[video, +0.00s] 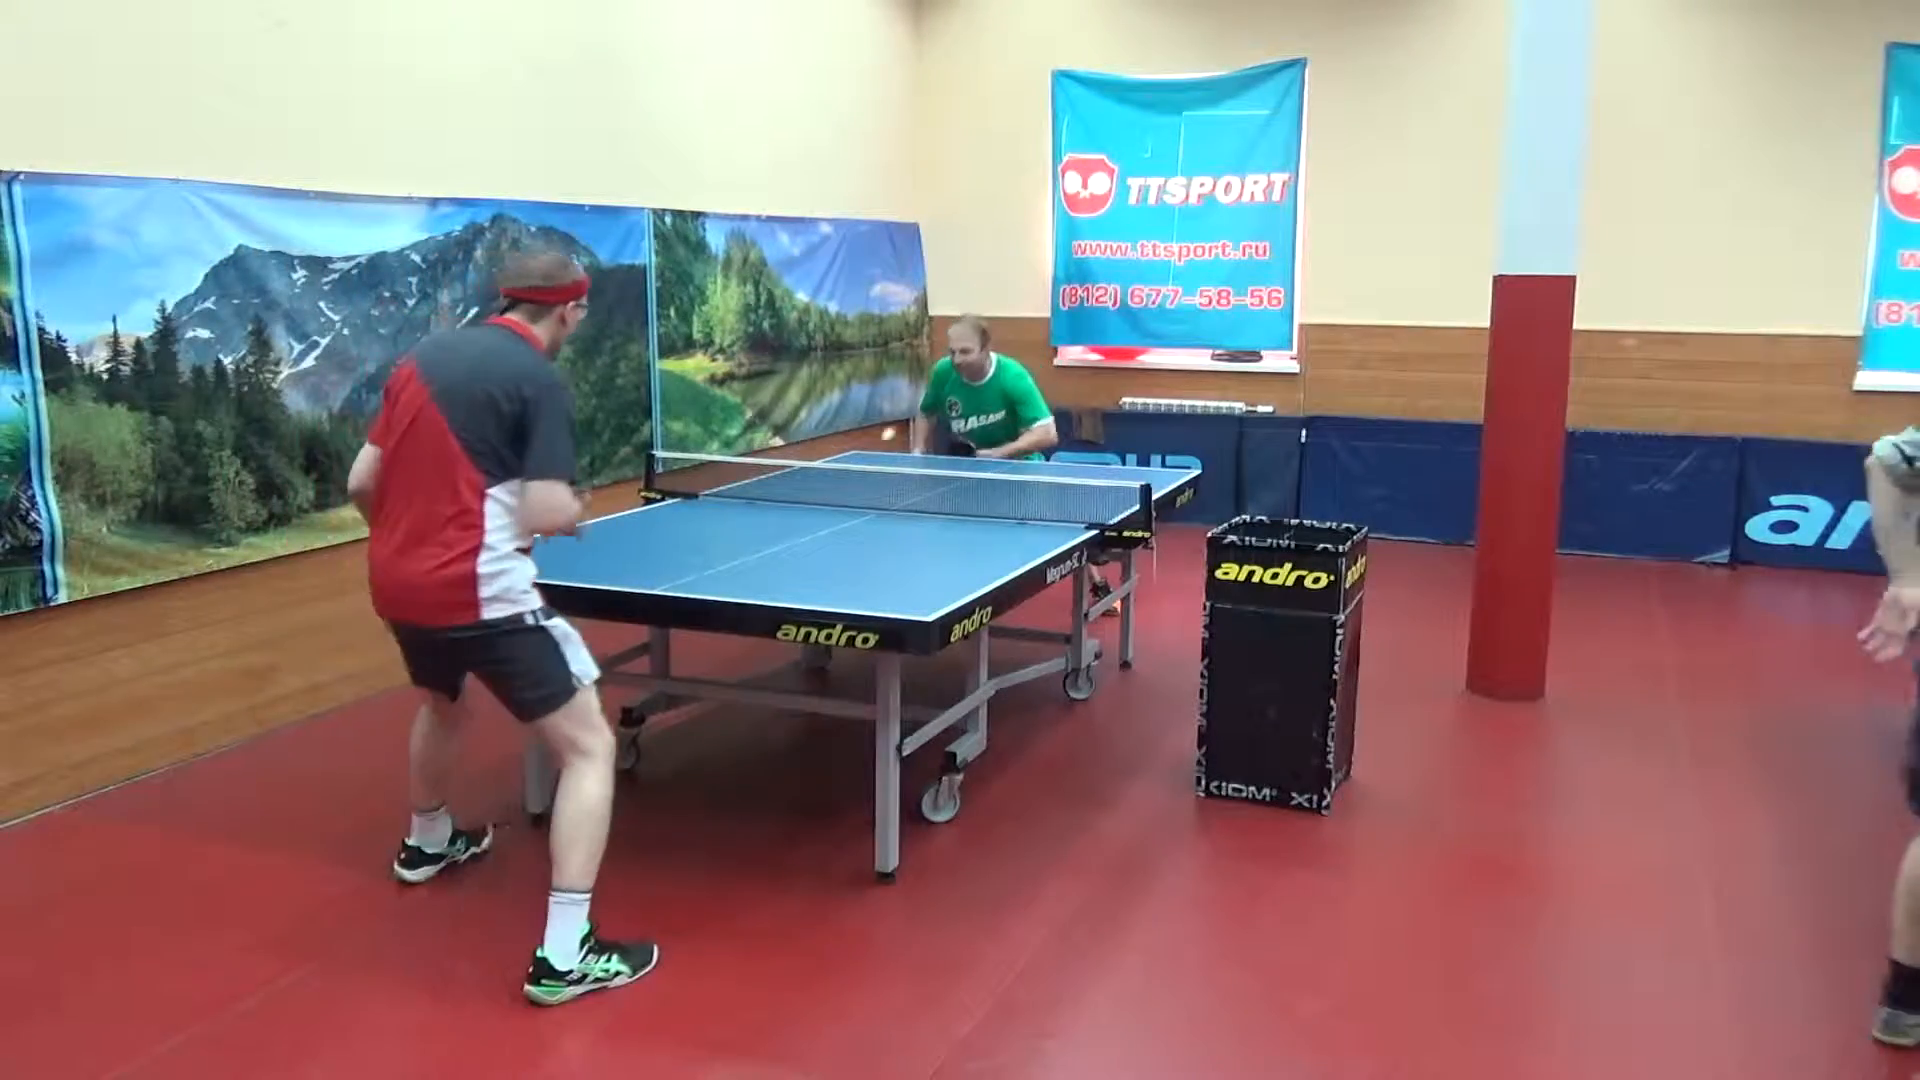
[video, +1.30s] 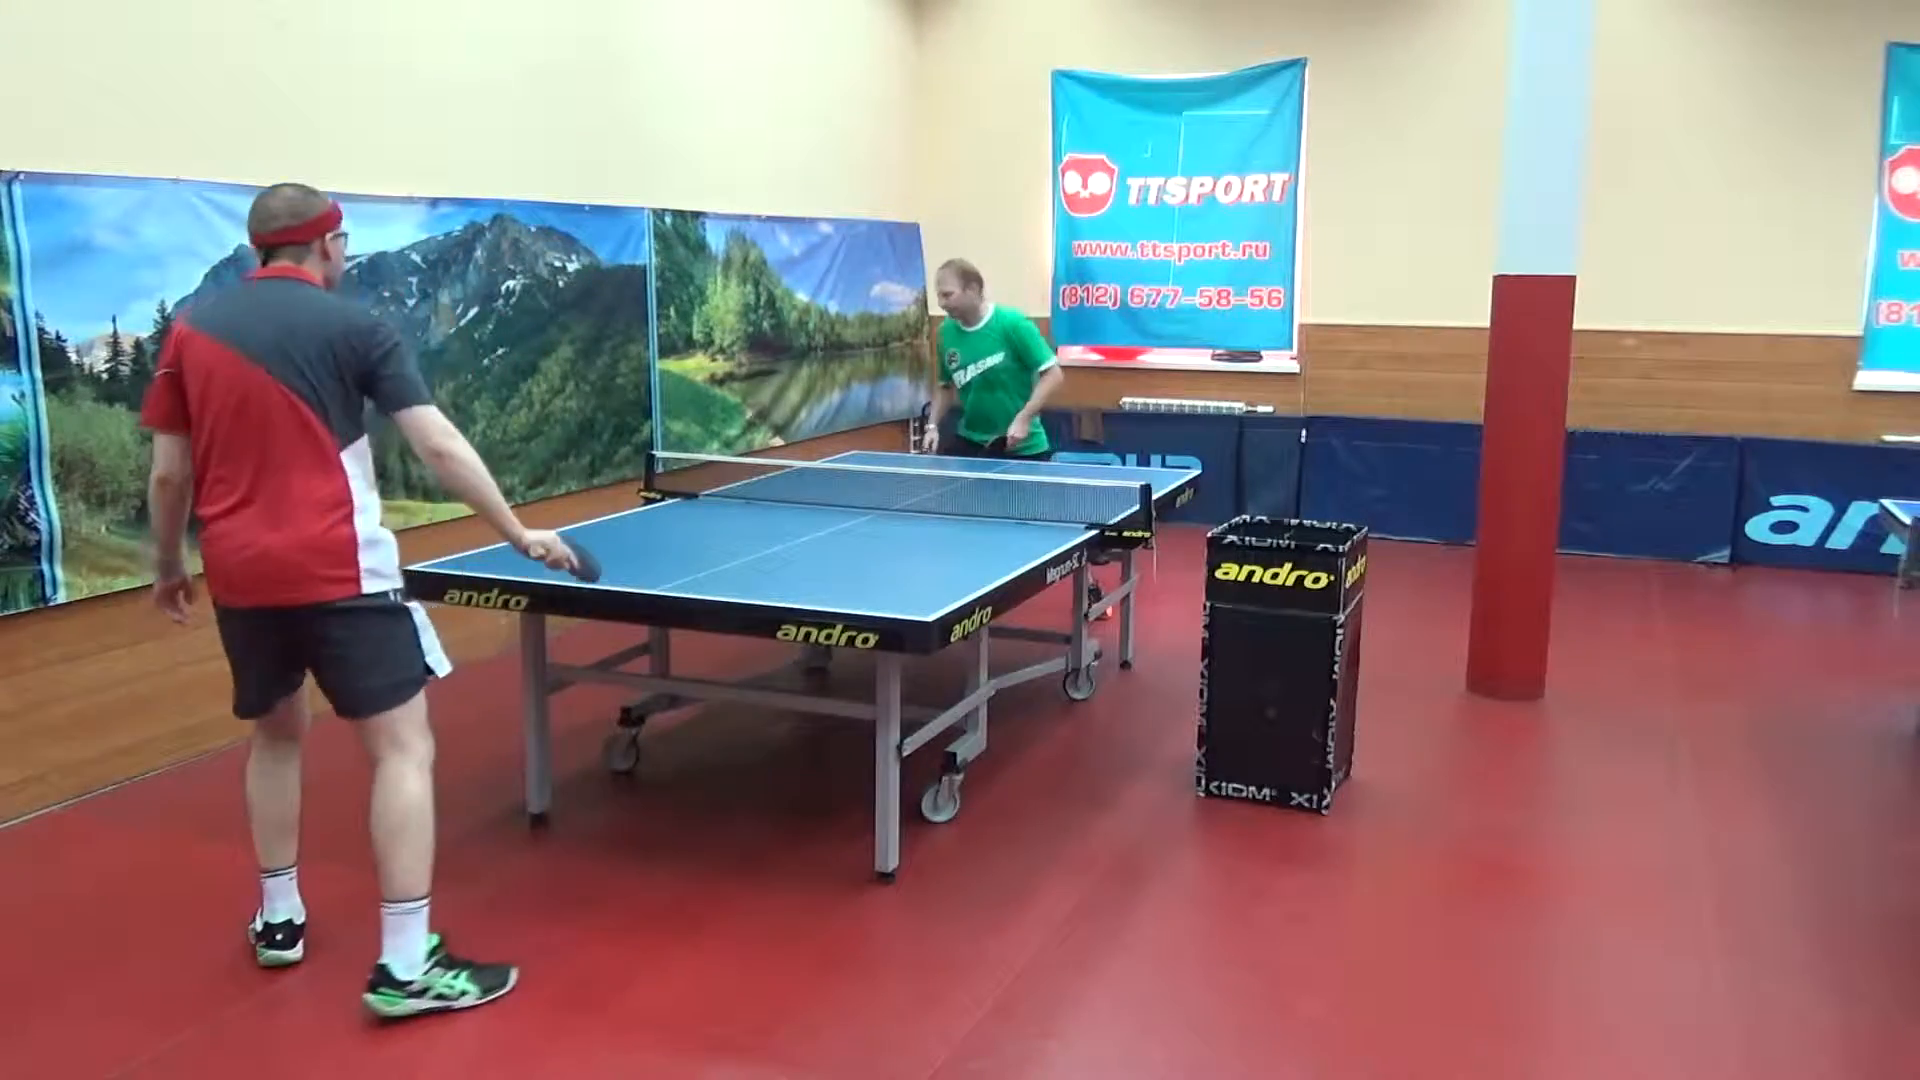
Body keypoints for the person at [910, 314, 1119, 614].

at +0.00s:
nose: (958, 359)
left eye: (965, 352)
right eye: (953, 352)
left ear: (986, 349)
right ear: (948, 349)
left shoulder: (1013, 376)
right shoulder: (942, 373)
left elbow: (1047, 434)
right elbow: (924, 415)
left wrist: (995, 453)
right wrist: (918, 456)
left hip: (1019, 466)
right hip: (968, 469)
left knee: (1052, 520)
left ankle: (1097, 584)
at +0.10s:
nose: (946, 357)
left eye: (954, 350)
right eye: (943, 350)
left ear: (976, 350)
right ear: (939, 349)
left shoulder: (1001, 377)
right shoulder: (936, 372)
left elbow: (1020, 432)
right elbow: (925, 418)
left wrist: (969, 436)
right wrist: (921, 427)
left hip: (1013, 465)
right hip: (962, 466)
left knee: (1050, 519)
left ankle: (1096, 584)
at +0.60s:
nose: (960, 305)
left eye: (969, 298)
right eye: (956, 298)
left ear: (990, 301)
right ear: (953, 301)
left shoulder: (1011, 338)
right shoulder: (947, 339)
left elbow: (1020, 398)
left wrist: (966, 404)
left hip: (1017, 452)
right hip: (965, 451)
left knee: (1051, 516)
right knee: (954, 522)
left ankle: (1088, 588)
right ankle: (959, 597)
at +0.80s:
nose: (974, 298)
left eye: (983, 291)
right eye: (970, 291)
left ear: (1004, 295)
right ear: (965, 294)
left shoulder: (1028, 336)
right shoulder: (953, 334)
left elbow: (1051, 394)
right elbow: (938, 383)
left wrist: (1008, 409)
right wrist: (934, 424)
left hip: (1021, 448)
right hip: (967, 447)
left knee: (1049, 516)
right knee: (958, 521)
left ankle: (1087, 587)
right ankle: (958, 596)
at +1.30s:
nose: (941, 302)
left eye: (947, 294)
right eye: (939, 295)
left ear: (974, 290)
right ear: (945, 295)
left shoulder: (1013, 324)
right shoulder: (947, 334)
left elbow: (1053, 375)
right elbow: (947, 388)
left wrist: (1024, 416)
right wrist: (932, 424)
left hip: (1024, 446)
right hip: (972, 447)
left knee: (1049, 518)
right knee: (966, 522)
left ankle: (1087, 587)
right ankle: (969, 599)